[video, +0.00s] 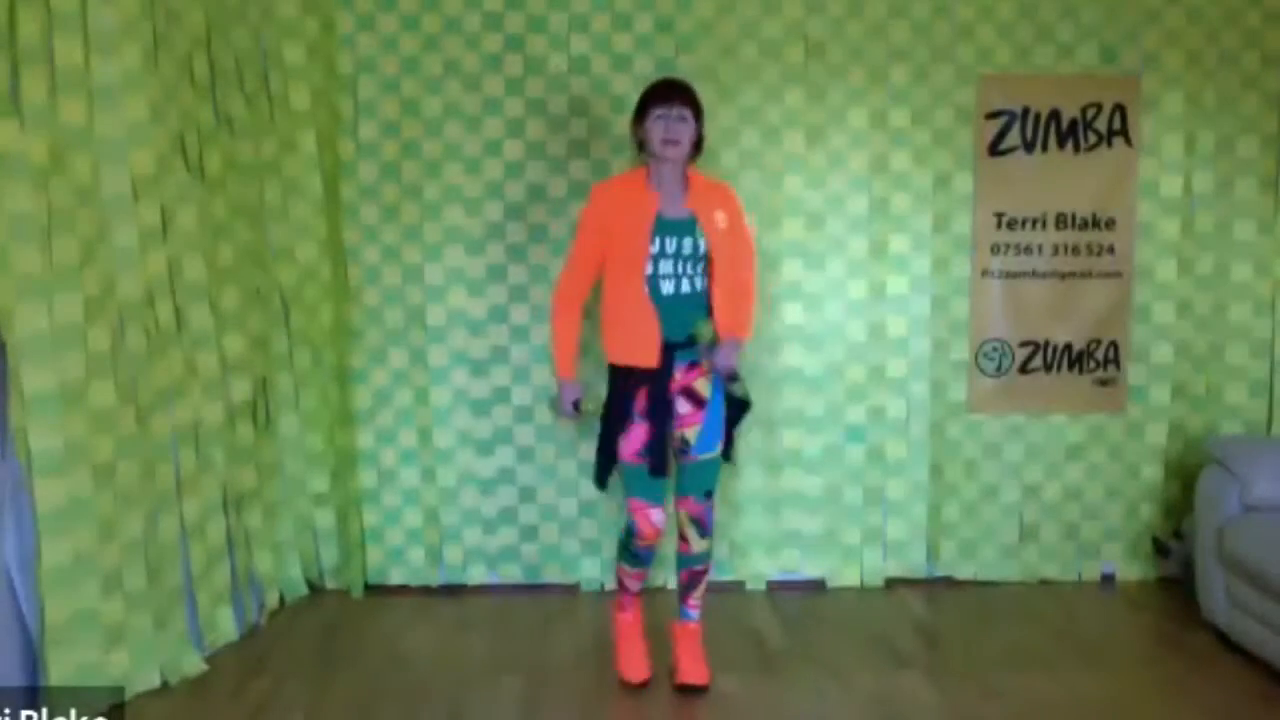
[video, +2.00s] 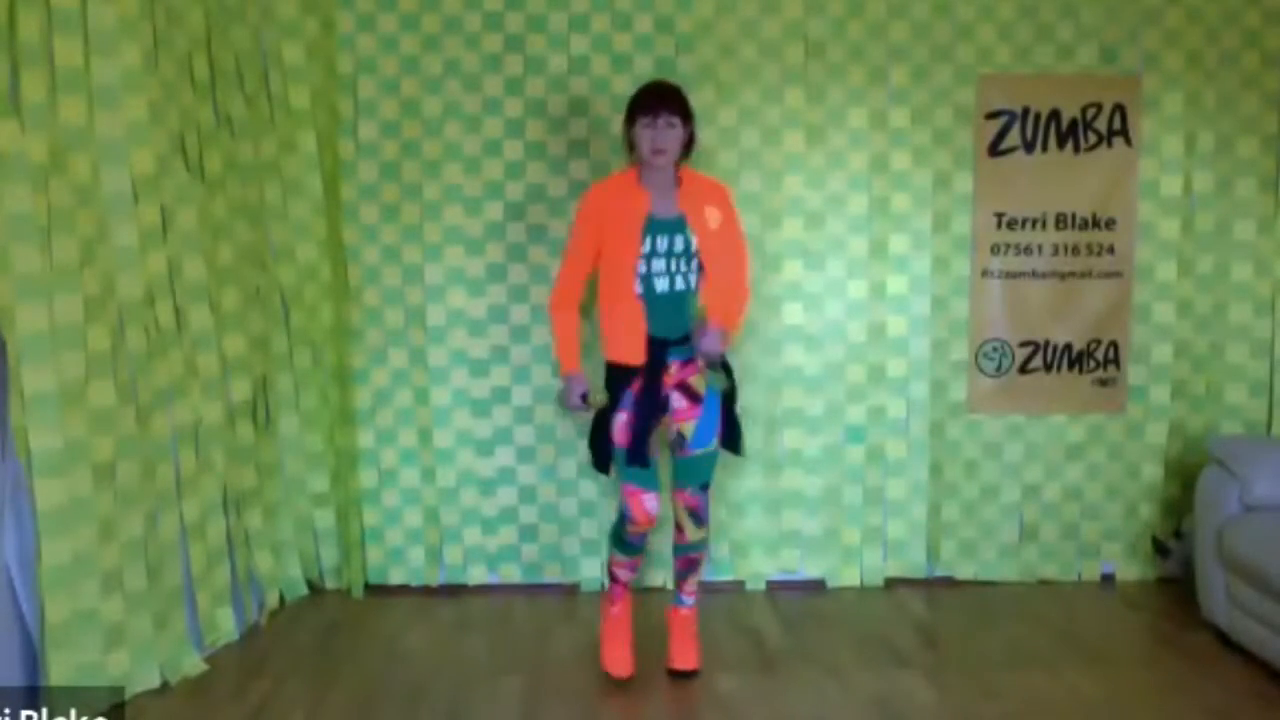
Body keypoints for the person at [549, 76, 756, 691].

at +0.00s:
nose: (670, 130)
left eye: (681, 120)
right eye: (660, 119)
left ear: (698, 133)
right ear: (640, 130)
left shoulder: (719, 200)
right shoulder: (609, 200)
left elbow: (739, 276)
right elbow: (571, 289)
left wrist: (733, 339)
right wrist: (566, 372)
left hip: (703, 369)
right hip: (635, 372)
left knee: (697, 511)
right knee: (645, 518)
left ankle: (690, 628)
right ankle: (628, 616)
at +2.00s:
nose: (659, 135)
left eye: (671, 125)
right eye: (648, 124)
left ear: (687, 136)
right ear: (630, 134)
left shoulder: (710, 197)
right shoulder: (602, 202)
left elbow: (734, 275)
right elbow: (566, 292)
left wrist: (721, 327)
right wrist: (571, 367)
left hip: (698, 365)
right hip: (631, 369)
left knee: (693, 503)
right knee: (639, 509)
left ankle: (685, 616)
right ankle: (617, 609)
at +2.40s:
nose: (642, 148)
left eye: (654, 137)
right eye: (631, 136)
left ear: (671, 146)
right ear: (615, 144)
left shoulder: (696, 205)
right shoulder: (588, 209)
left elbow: (723, 285)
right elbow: (560, 295)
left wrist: (725, 358)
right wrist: (564, 374)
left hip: (680, 370)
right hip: (610, 372)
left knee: (689, 506)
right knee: (619, 507)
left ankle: (680, 607)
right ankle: (614, 620)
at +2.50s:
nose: (642, 138)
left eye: (654, 128)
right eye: (631, 127)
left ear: (670, 137)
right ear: (615, 136)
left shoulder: (697, 197)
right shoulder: (591, 202)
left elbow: (726, 277)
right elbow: (568, 278)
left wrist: (727, 352)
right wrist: (576, 322)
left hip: (674, 365)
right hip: (609, 364)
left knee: (659, 507)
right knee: (615, 502)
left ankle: (674, 613)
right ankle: (618, 620)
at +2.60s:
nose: (642, 143)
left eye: (654, 132)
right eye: (631, 131)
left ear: (671, 140)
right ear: (615, 140)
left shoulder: (697, 200)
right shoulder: (595, 205)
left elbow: (728, 278)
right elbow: (573, 281)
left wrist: (727, 354)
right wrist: (583, 322)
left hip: (671, 368)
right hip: (608, 367)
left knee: (657, 506)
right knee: (620, 505)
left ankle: (673, 615)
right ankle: (623, 622)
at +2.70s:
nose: (647, 145)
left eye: (659, 134)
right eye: (636, 133)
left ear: (677, 142)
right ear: (620, 141)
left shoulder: (703, 203)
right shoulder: (601, 206)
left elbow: (730, 287)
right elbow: (582, 284)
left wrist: (735, 366)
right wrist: (587, 321)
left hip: (678, 369)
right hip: (615, 367)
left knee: (670, 507)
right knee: (609, 503)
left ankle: (677, 618)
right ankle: (624, 620)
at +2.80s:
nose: (650, 151)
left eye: (662, 139)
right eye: (639, 139)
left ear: (679, 146)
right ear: (623, 146)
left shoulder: (706, 205)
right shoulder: (601, 207)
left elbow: (735, 293)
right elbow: (572, 285)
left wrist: (730, 372)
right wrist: (578, 346)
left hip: (686, 371)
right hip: (619, 370)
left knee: (677, 508)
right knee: (607, 502)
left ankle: (678, 620)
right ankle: (617, 616)